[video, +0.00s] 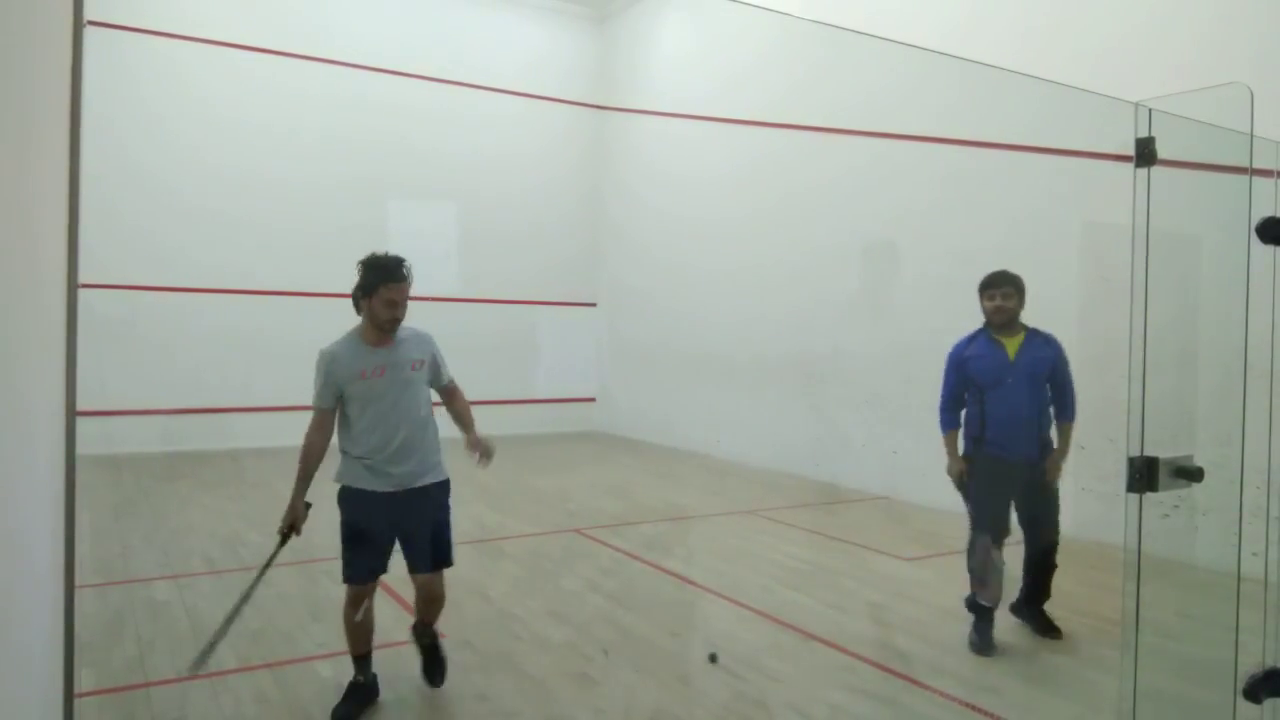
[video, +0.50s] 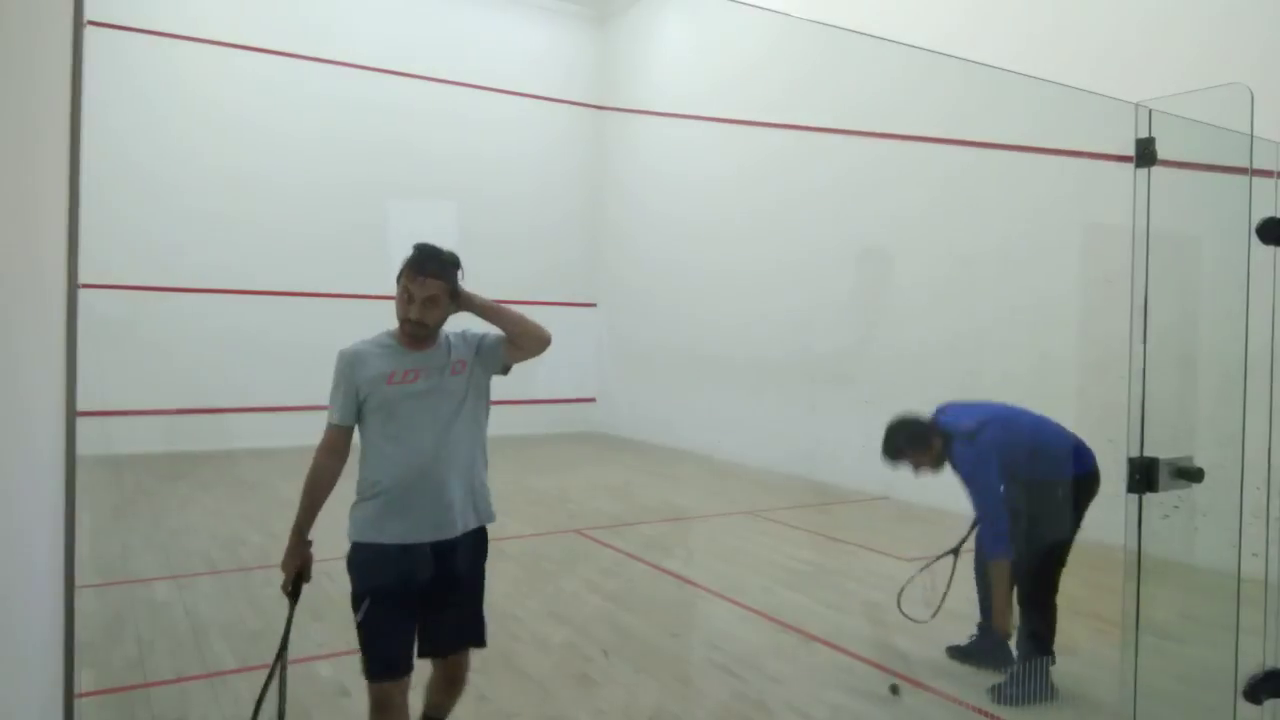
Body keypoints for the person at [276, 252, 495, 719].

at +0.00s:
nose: (398, 311)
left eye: (403, 301)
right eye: (389, 302)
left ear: (408, 299)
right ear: (362, 300)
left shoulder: (421, 345)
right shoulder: (335, 359)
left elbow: (449, 391)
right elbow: (319, 433)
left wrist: (470, 431)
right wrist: (297, 498)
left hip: (424, 487)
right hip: (364, 491)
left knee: (432, 590)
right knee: (359, 593)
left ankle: (425, 634)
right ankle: (363, 678)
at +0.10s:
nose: (389, 316)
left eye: (400, 307)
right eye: (382, 304)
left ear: (412, 305)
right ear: (365, 295)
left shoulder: (420, 344)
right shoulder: (331, 356)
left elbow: (471, 378)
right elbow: (311, 433)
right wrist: (299, 504)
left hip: (418, 490)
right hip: (356, 495)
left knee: (422, 597)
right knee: (356, 597)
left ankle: (409, 694)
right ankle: (360, 678)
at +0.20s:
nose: (399, 321)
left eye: (413, 314)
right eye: (394, 307)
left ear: (428, 316)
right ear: (383, 297)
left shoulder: (439, 353)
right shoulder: (342, 363)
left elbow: (498, 346)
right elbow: (318, 439)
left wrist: (447, 304)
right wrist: (308, 510)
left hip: (427, 508)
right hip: (361, 512)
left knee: (425, 622)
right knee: (359, 605)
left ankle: (421, 714)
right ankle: (361, 676)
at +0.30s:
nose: (411, 306)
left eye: (425, 300)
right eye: (406, 292)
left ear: (443, 306)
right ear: (395, 287)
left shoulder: (457, 345)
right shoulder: (358, 355)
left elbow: (517, 335)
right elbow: (329, 435)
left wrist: (460, 293)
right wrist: (307, 510)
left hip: (445, 511)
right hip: (376, 515)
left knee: (435, 635)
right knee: (359, 639)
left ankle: (423, 716)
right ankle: (367, 678)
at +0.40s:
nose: (420, 311)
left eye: (434, 303)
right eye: (414, 296)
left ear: (453, 304)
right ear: (403, 289)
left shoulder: (469, 347)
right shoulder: (364, 359)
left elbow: (531, 338)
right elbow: (336, 444)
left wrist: (469, 297)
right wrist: (307, 524)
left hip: (455, 522)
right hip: (383, 525)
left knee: (438, 645)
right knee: (376, 660)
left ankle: (424, 717)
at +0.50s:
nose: (414, 312)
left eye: (430, 302)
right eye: (407, 297)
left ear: (451, 304)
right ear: (396, 292)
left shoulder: (471, 350)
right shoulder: (359, 361)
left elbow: (536, 340)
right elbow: (332, 452)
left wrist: (466, 300)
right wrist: (299, 536)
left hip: (459, 536)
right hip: (383, 540)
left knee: (453, 669)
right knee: (388, 688)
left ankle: (432, 717)